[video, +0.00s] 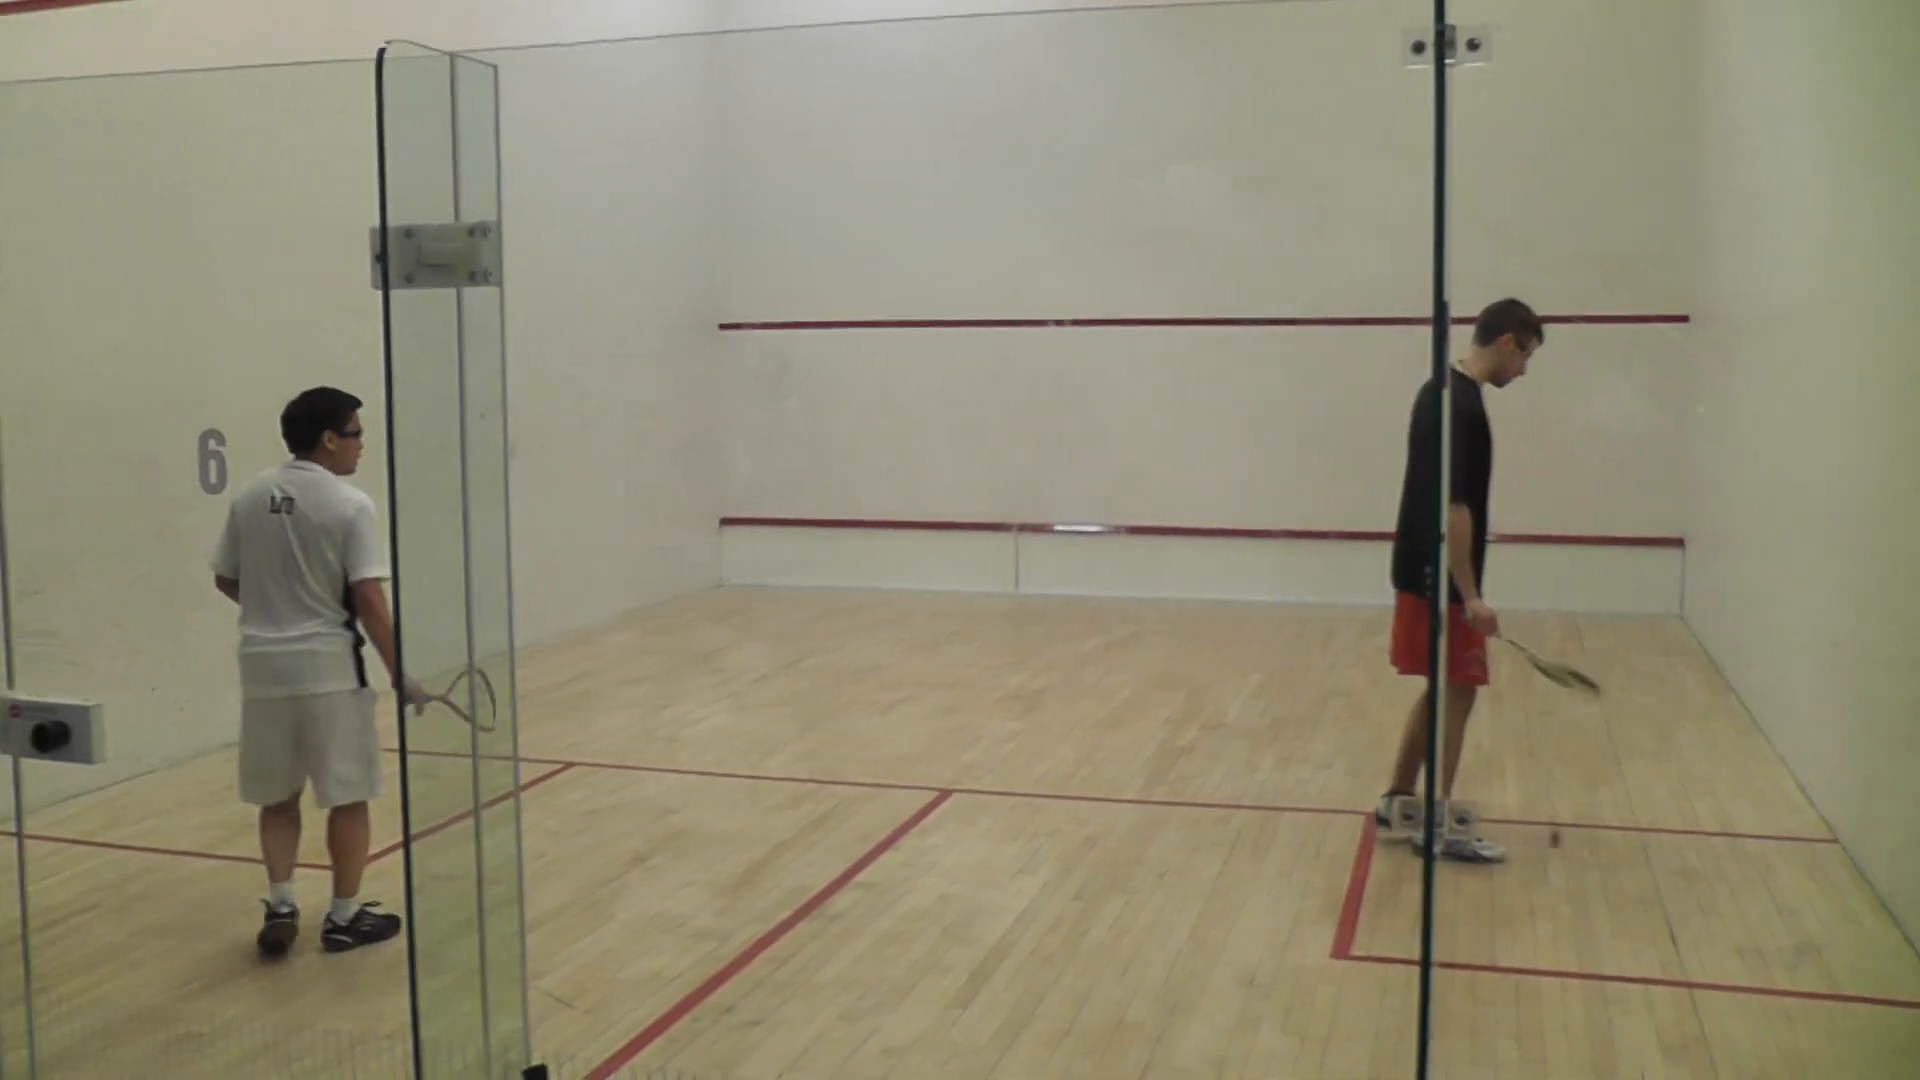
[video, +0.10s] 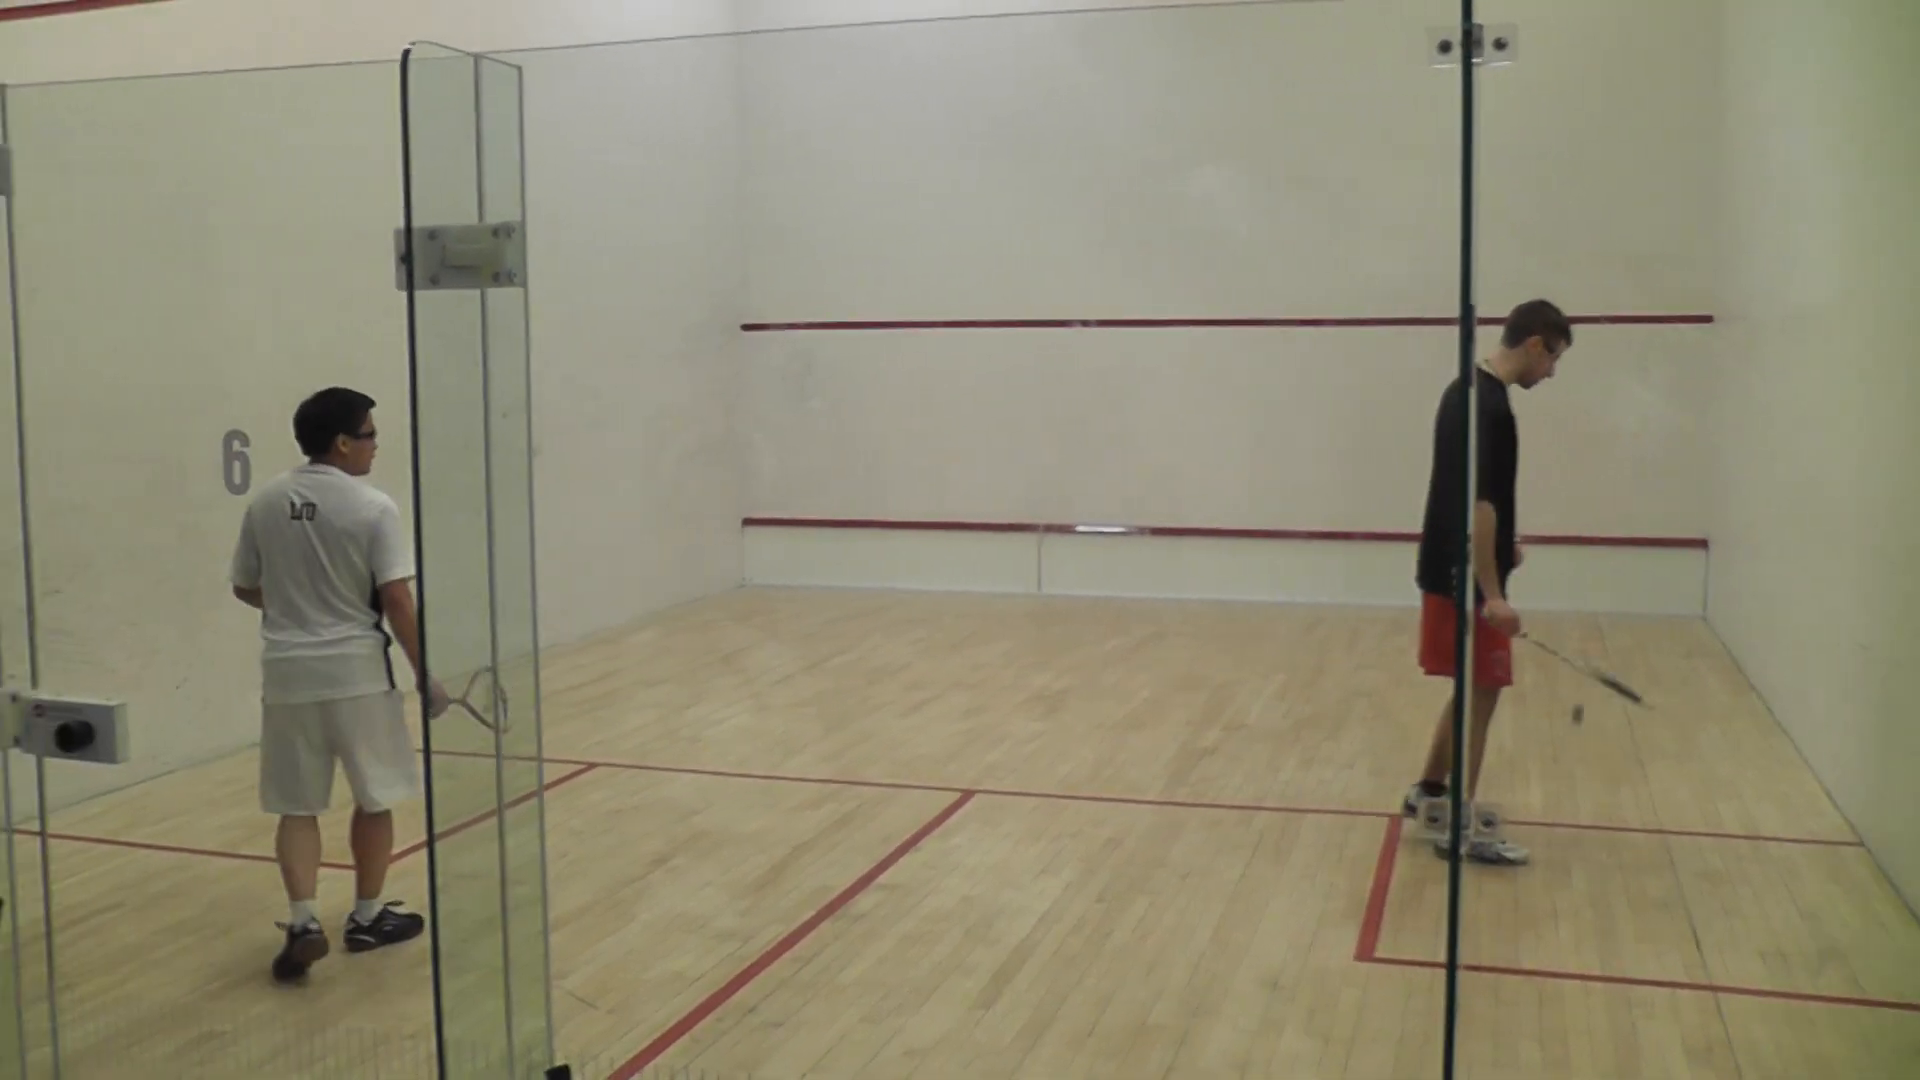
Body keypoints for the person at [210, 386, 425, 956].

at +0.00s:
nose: (361, 444)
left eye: (360, 433)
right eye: (355, 434)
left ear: (300, 440)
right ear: (325, 440)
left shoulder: (249, 495)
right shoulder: (350, 504)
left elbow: (226, 578)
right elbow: (366, 599)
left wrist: (278, 606)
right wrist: (401, 674)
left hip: (262, 674)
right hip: (331, 674)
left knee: (278, 794)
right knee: (350, 793)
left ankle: (280, 905)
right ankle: (345, 914)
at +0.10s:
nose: (375, 445)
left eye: (373, 434)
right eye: (368, 436)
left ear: (314, 443)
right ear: (340, 443)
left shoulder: (265, 500)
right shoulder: (372, 506)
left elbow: (245, 586)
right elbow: (395, 599)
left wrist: (301, 607)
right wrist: (426, 675)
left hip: (286, 682)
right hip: (359, 680)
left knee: (297, 806)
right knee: (375, 796)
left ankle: (302, 923)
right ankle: (367, 916)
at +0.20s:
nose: (381, 448)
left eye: (379, 437)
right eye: (374, 439)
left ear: (320, 446)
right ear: (348, 445)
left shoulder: (273, 506)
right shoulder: (382, 510)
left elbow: (258, 596)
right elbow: (410, 603)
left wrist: (318, 607)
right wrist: (443, 679)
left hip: (302, 688)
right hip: (376, 685)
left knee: (310, 815)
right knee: (391, 796)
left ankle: (321, 951)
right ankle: (383, 915)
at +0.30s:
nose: (381, 450)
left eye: (380, 439)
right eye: (376, 440)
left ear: (319, 445)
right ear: (352, 445)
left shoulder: (275, 511)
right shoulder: (387, 510)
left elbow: (262, 601)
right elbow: (421, 603)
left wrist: (317, 610)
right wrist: (446, 678)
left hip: (310, 690)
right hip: (385, 685)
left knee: (320, 817)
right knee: (401, 800)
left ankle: (332, 954)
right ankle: (401, 917)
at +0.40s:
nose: (384, 446)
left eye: (382, 435)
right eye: (379, 436)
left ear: (321, 443)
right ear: (359, 441)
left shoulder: (280, 511)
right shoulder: (397, 507)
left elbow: (263, 602)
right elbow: (428, 599)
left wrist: (313, 621)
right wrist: (447, 671)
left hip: (319, 690)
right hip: (392, 682)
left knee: (328, 821)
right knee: (410, 807)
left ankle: (341, 954)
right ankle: (421, 925)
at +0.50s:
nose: (393, 442)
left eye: (391, 431)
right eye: (389, 432)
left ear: (329, 439)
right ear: (371, 439)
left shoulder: (289, 508)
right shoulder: (410, 504)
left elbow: (269, 599)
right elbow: (440, 596)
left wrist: (305, 629)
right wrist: (455, 667)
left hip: (329, 691)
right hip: (403, 684)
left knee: (337, 822)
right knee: (416, 812)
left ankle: (350, 953)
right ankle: (432, 936)